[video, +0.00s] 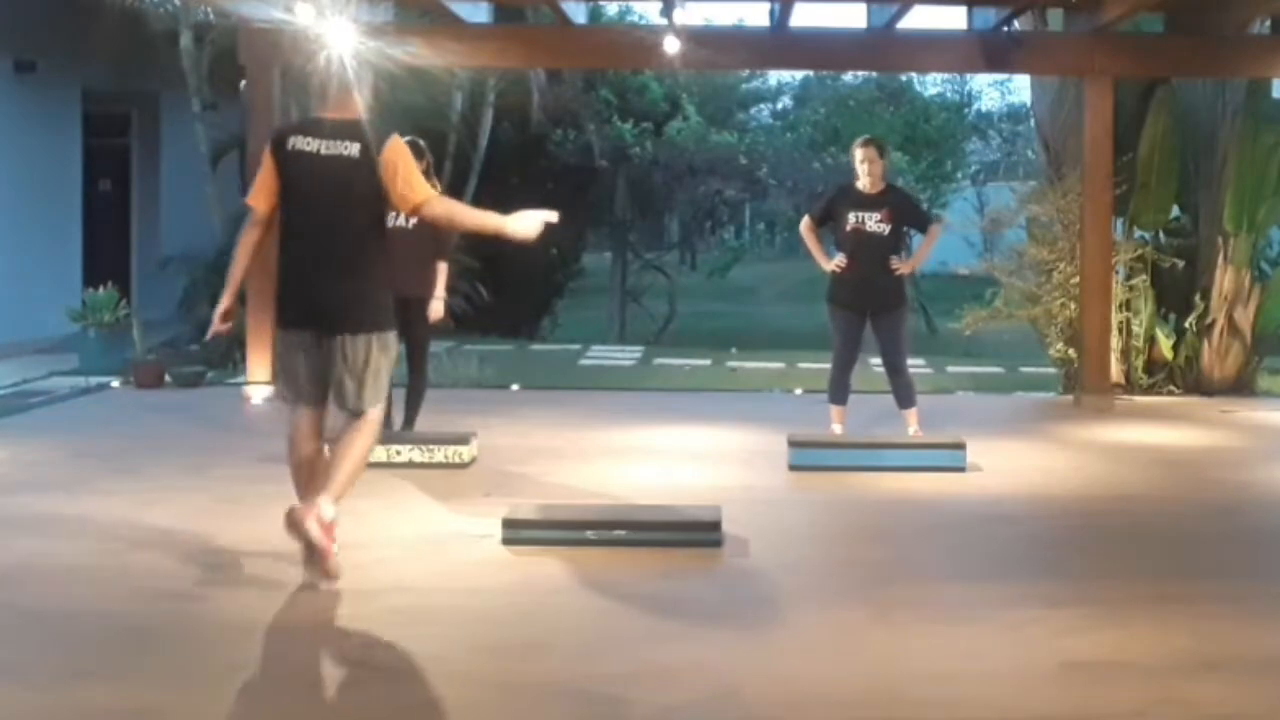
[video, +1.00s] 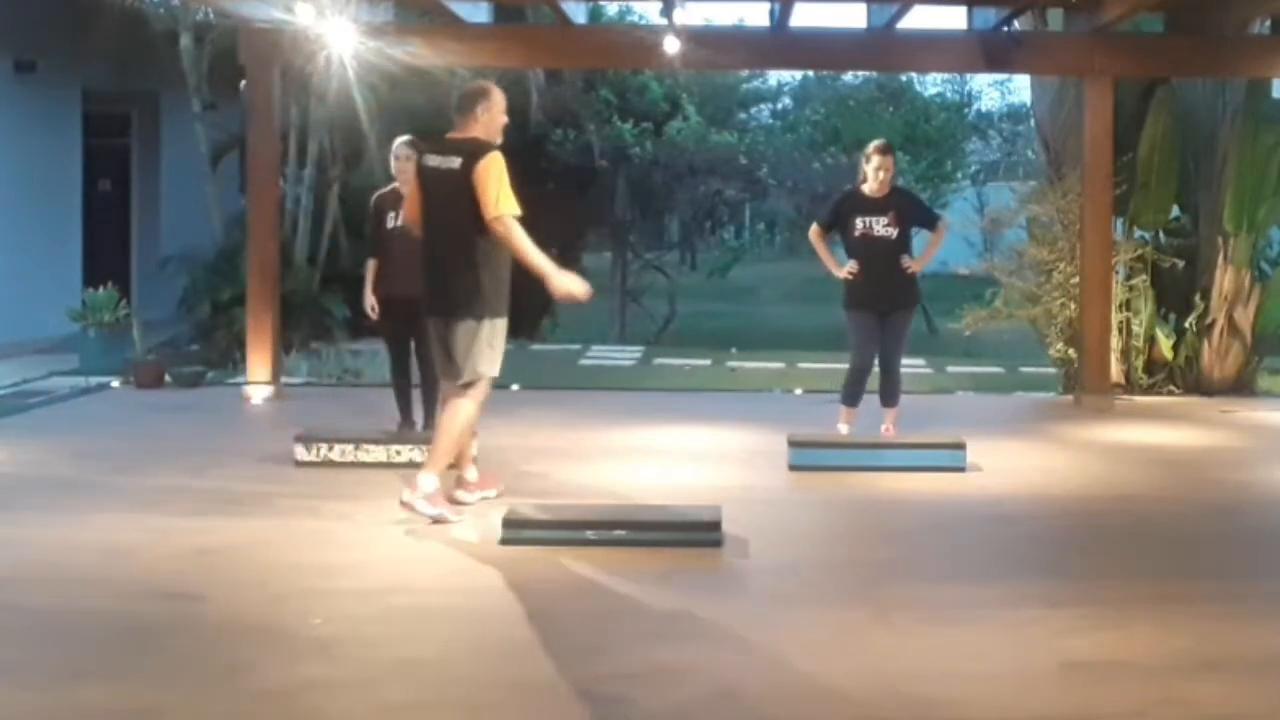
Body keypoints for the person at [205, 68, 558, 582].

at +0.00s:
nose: (367, 95)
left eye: (356, 85)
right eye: (366, 86)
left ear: (318, 90)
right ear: (362, 91)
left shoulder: (284, 142)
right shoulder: (383, 145)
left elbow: (255, 222)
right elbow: (430, 207)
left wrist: (229, 294)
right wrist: (506, 224)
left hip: (298, 305)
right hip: (363, 308)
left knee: (305, 420)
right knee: (369, 413)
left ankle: (319, 549)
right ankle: (321, 506)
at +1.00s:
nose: (506, 120)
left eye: (505, 112)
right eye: (502, 112)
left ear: (464, 113)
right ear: (483, 113)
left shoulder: (428, 154)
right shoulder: (487, 158)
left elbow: (411, 219)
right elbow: (502, 222)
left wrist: (449, 236)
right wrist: (553, 274)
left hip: (438, 290)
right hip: (479, 296)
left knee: (454, 385)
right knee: (474, 387)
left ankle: (464, 475)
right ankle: (426, 484)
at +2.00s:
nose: (601, 117)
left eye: (603, 109)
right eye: (591, 109)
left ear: (606, 113)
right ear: (569, 114)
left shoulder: (603, 159)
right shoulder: (550, 159)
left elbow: (613, 217)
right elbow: (531, 221)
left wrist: (666, 228)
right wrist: (547, 278)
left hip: (605, 291)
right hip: (567, 291)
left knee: (610, 375)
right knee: (569, 379)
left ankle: (623, 464)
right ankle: (551, 469)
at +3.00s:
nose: (623, 115)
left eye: (631, 107)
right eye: (617, 107)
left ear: (647, 111)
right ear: (607, 111)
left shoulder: (669, 159)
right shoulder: (586, 155)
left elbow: (692, 221)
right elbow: (569, 213)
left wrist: (664, 199)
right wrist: (565, 210)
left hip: (647, 289)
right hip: (594, 288)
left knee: (651, 378)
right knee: (599, 378)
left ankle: (653, 472)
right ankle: (603, 472)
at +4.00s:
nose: (616, 114)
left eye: (625, 106)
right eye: (611, 106)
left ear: (645, 111)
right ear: (605, 112)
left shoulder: (672, 156)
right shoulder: (589, 156)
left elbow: (721, 198)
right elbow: (562, 214)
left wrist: (687, 248)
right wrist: (588, 187)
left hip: (652, 290)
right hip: (602, 290)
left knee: (652, 375)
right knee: (607, 379)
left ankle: (657, 465)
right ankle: (618, 473)